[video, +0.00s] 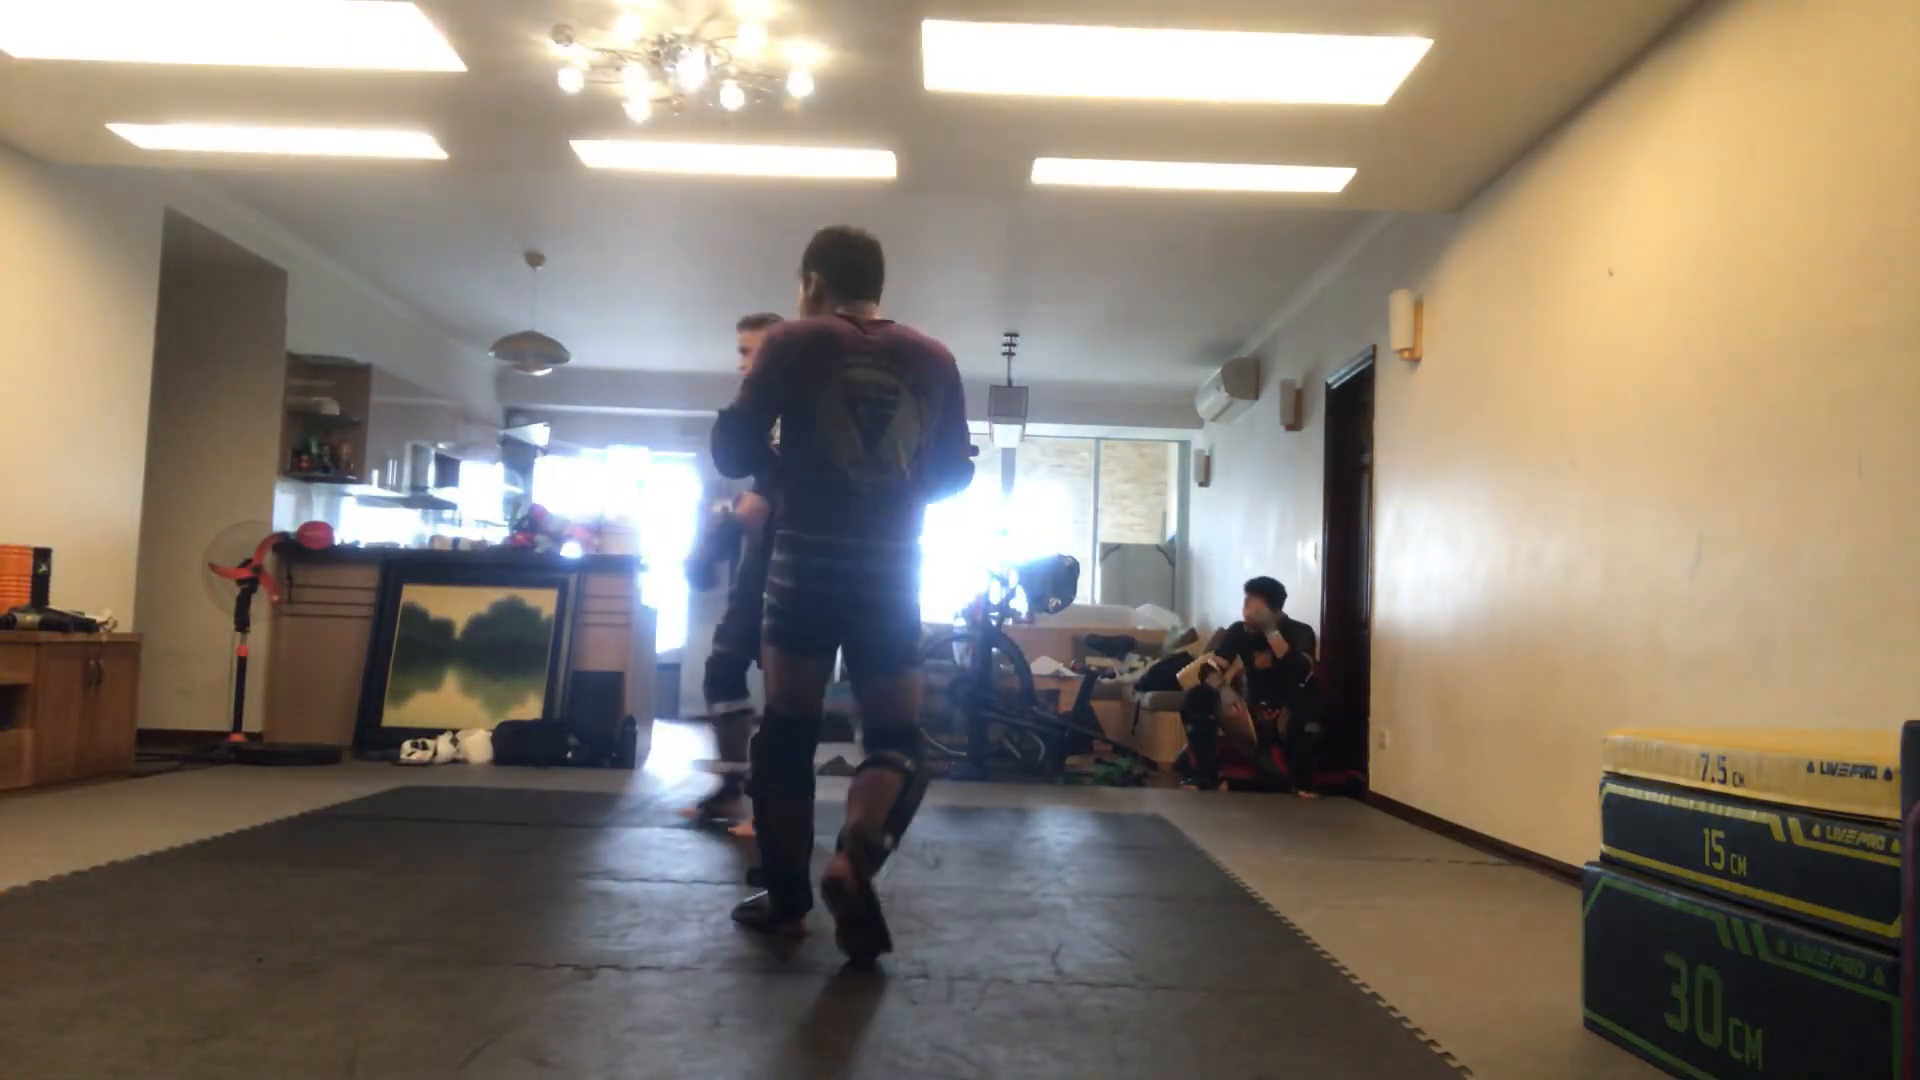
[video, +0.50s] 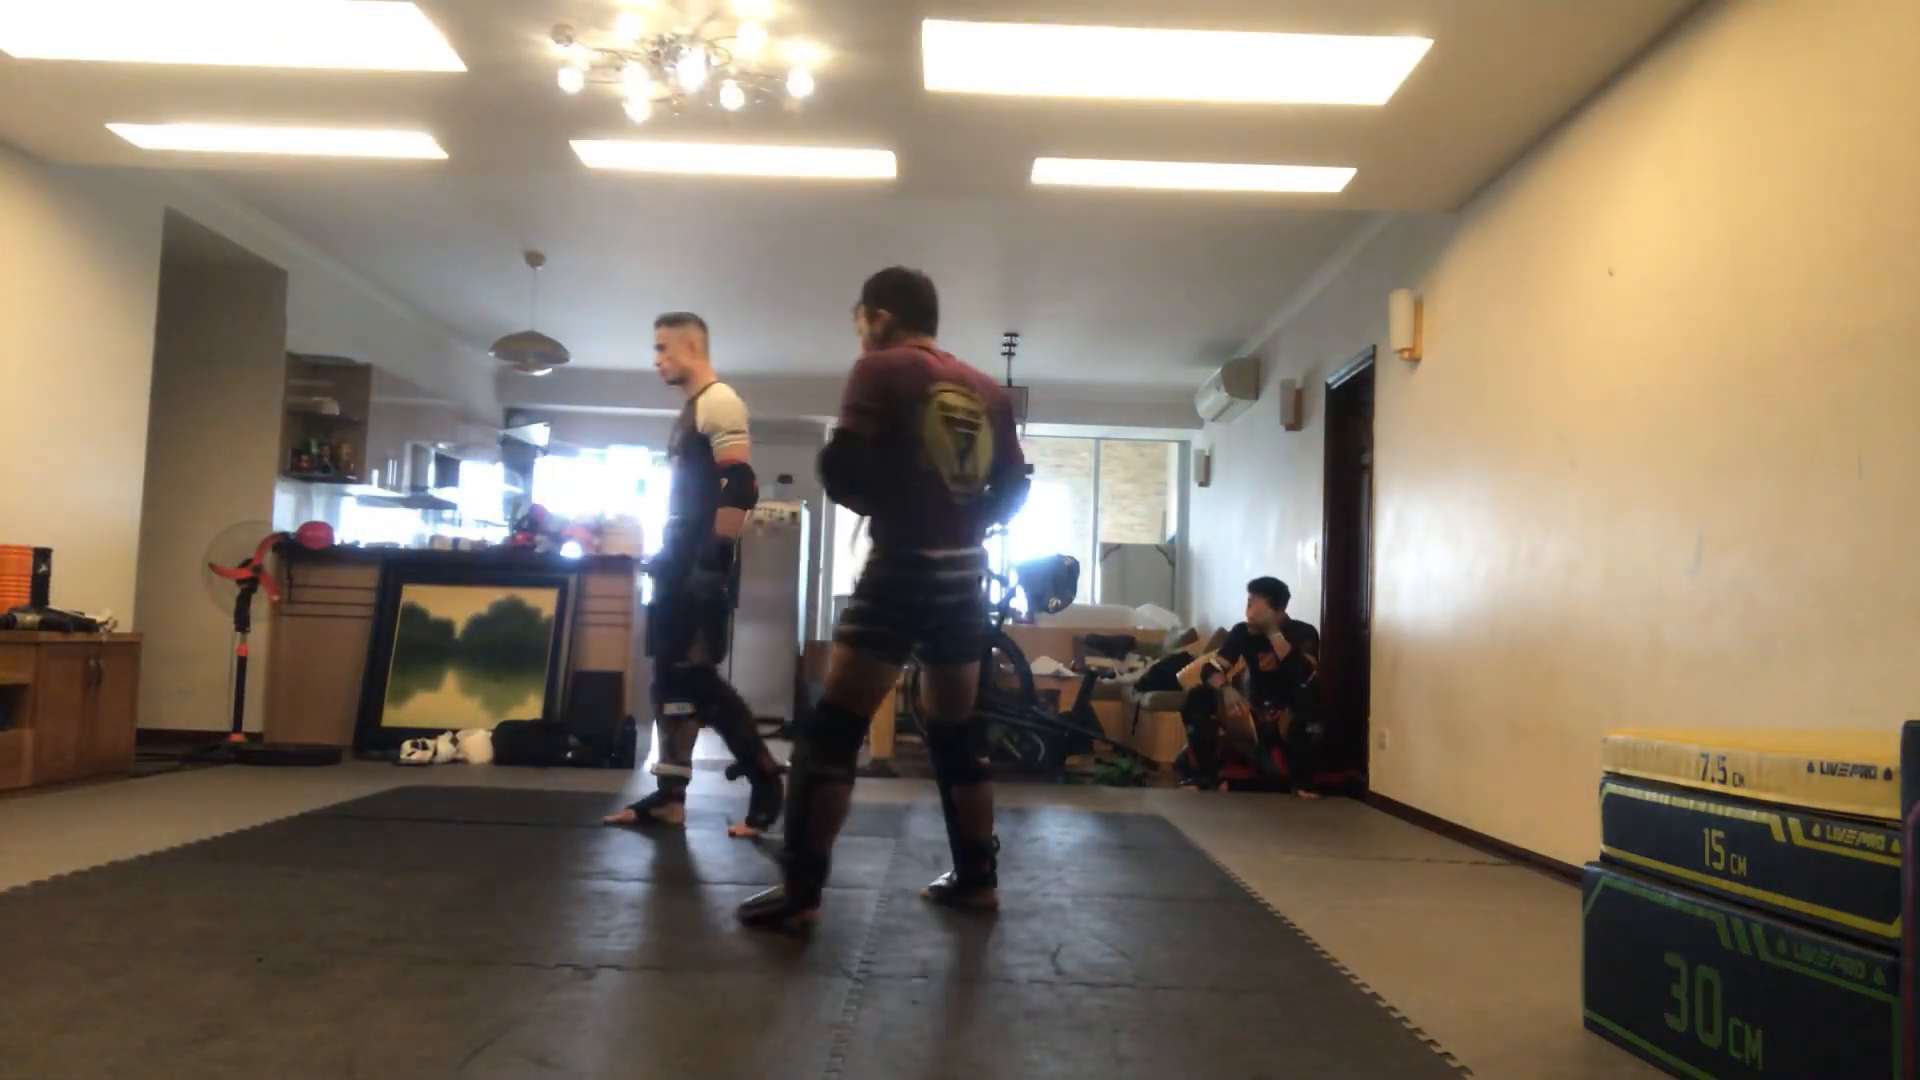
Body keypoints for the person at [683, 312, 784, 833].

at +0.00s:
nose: (744, 362)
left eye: (752, 352)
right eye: (741, 352)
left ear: (781, 353)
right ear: (743, 354)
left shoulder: (800, 412)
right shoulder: (750, 414)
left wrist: (767, 503)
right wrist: (732, 513)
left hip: (794, 568)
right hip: (756, 567)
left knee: (786, 687)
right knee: (723, 670)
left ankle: (776, 805)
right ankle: (734, 782)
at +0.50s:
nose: (658, 359)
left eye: (665, 349)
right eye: (657, 350)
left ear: (695, 349)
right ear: (683, 352)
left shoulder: (719, 402)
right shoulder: (693, 409)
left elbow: (738, 486)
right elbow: (691, 495)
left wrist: (714, 561)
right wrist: (670, 555)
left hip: (704, 563)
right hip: (680, 560)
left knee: (694, 674)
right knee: (673, 676)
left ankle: (766, 777)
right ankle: (669, 793)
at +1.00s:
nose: (589, 356)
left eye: (597, 345)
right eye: (588, 347)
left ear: (631, 345)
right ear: (608, 351)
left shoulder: (661, 402)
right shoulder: (618, 414)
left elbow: (691, 486)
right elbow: (611, 508)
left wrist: (678, 560)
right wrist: (569, 565)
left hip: (639, 561)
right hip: (614, 561)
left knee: (590, 677)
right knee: (641, 674)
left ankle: (542, 799)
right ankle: (666, 796)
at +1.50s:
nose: (523, 333)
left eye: (531, 323)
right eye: (523, 324)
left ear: (566, 326)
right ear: (555, 329)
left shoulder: (584, 391)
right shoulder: (553, 391)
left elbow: (570, 492)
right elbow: (541, 484)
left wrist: (520, 552)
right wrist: (517, 545)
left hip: (559, 556)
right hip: (535, 553)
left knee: (547, 681)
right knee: (484, 662)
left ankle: (526, 813)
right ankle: (554, 759)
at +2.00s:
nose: (463, 329)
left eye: (473, 318)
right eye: (464, 320)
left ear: (508, 321)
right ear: (487, 327)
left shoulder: (539, 389)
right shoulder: (475, 394)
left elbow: (546, 484)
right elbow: (459, 483)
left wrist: (508, 554)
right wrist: (436, 549)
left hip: (499, 551)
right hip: (452, 547)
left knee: (503, 672)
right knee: (434, 667)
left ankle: (525, 804)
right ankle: (432, 796)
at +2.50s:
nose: (428, 334)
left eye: (437, 324)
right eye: (427, 326)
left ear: (473, 325)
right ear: (445, 332)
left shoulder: (517, 396)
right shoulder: (423, 399)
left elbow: (536, 485)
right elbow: (406, 481)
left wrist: (520, 554)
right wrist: (373, 544)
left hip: (468, 553)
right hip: (412, 551)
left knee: (468, 679)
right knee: (414, 677)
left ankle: (488, 807)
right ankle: (430, 799)